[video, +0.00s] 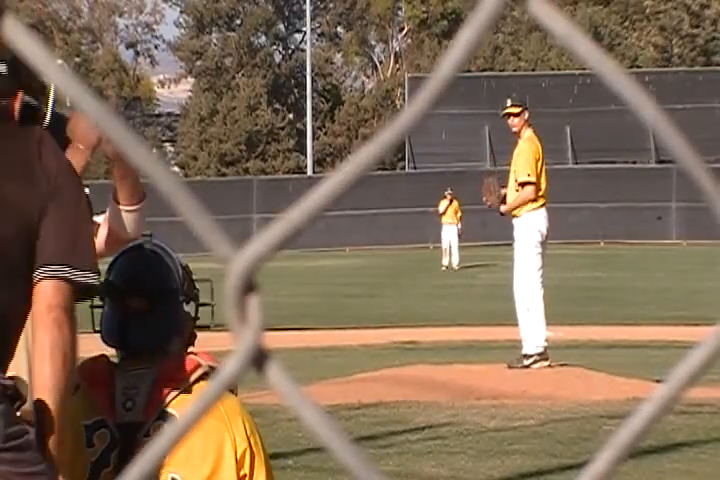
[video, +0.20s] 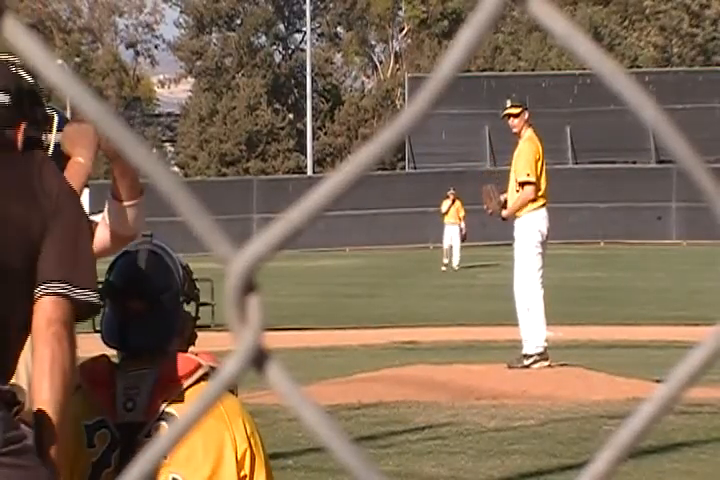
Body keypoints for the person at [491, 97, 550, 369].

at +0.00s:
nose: (511, 121)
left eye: (515, 115)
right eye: (508, 117)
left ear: (526, 115)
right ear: (508, 119)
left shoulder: (527, 145)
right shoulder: (527, 142)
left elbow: (529, 190)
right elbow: (523, 184)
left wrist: (507, 206)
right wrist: (505, 197)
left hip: (530, 216)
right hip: (528, 215)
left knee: (527, 282)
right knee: (526, 282)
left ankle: (534, 348)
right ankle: (533, 346)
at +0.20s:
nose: (511, 121)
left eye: (515, 116)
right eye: (508, 117)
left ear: (526, 116)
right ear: (508, 120)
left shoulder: (527, 145)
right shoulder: (527, 142)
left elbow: (530, 190)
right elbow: (522, 184)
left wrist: (509, 210)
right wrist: (504, 200)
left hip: (531, 215)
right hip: (528, 214)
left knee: (527, 282)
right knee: (525, 282)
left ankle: (535, 347)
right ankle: (532, 346)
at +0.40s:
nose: (511, 121)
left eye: (515, 116)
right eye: (508, 117)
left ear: (526, 116)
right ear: (508, 120)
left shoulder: (527, 145)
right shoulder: (527, 142)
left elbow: (530, 190)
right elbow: (522, 183)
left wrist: (510, 209)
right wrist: (504, 199)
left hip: (531, 215)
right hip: (528, 214)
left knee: (527, 282)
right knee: (525, 282)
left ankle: (535, 347)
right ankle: (532, 346)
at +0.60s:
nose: (511, 121)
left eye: (515, 116)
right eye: (508, 117)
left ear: (526, 115)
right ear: (508, 120)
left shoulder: (526, 144)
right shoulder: (526, 141)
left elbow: (529, 189)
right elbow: (523, 182)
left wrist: (509, 210)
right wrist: (505, 198)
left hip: (531, 215)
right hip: (528, 213)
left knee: (527, 281)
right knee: (526, 281)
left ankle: (534, 347)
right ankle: (533, 345)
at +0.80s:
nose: (511, 121)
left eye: (515, 115)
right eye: (508, 117)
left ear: (526, 115)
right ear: (507, 120)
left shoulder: (526, 144)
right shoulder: (526, 141)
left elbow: (529, 189)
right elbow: (522, 182)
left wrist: (508, 209)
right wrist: (504, 197)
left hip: (530, 215)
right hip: (528, 214)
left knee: (528, 282)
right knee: (525, 281)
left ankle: (535, 347)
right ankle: (532, 346)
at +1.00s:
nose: (511, 120)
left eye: (515, 115)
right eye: (508, 117)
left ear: (526, 115)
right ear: (507, 120)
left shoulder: (526, 143)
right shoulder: (525, 141)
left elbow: (528, 189)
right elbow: (522, 181)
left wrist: (507, 209)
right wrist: (504, 198)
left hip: (530, 215)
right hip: (527, 213)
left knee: (528, 281)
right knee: (525, 281)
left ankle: (535, 347)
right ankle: (532, 345)